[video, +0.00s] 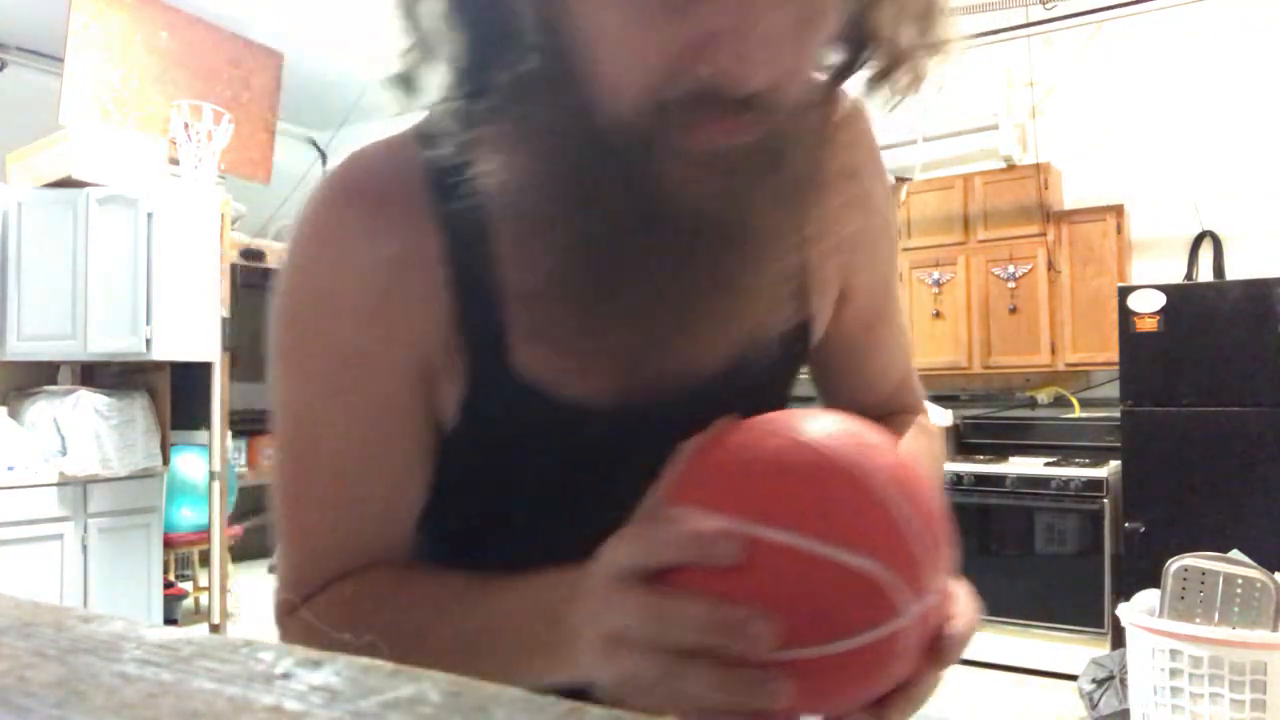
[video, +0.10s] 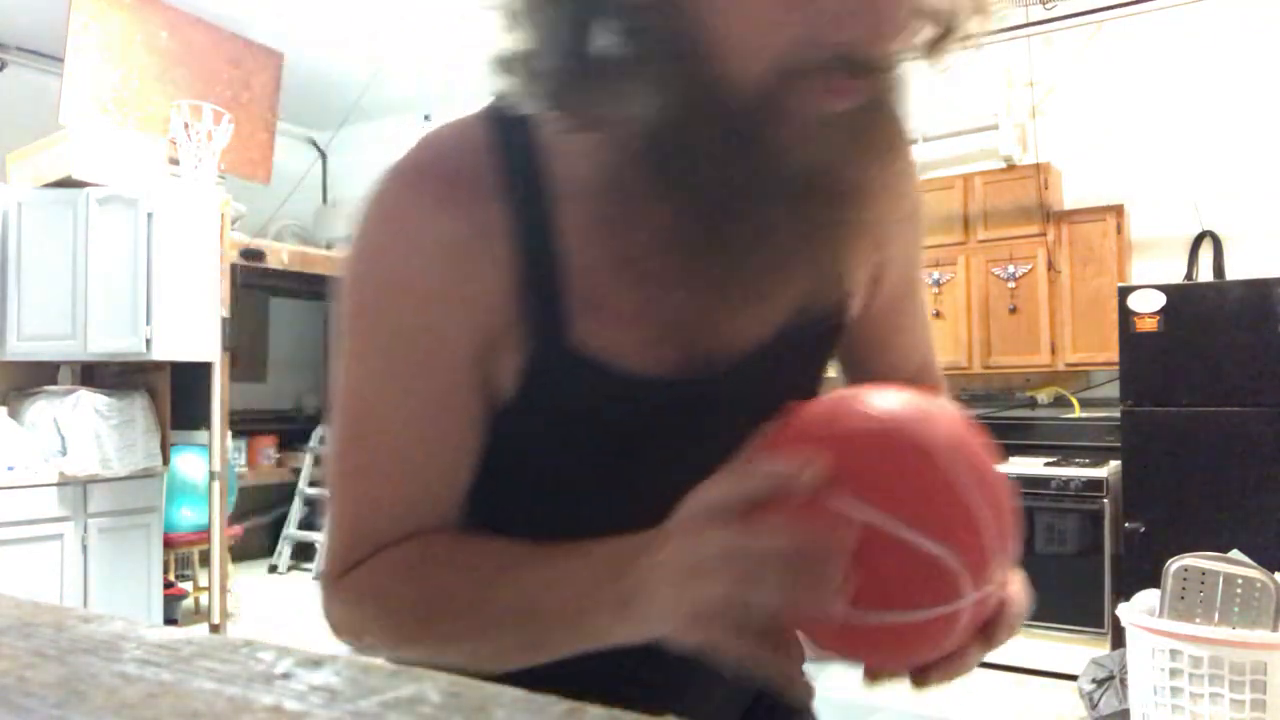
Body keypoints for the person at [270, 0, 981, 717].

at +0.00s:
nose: (746, 55)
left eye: (805, 1)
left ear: (848, 14)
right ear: (539, 8)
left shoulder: (829, 157)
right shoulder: (384, 219)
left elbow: (894, 414)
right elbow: (325, 604)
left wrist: (897, 573)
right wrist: (570, 625)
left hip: (732, 688)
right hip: (447, 704)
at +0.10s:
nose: (879, 26)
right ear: (638, 6)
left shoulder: (862, 167)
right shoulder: (453, 201)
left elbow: (914, 428)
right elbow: (369, 584)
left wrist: (961, 565)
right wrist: (647, 585)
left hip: (733, 686)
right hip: (489, 693)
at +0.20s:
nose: (980, 18)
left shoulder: (896, 187)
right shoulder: (539, 184)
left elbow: (928, 454)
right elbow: (413, 563)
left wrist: (978, 555)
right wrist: (709, 553)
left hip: (766, 683)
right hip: (534, 692)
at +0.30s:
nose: (1049, 23)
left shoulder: (930, 179)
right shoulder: (624, 163)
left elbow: (944, 451)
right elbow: (462, 542)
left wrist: (1012, 508)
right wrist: (794, 522)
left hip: (791, 677)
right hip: (573, 688)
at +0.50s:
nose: (1134, 23)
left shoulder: (965, 154)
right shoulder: (743, 132)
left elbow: (977, 371)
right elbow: (583, 507)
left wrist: (1068, 503)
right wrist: (910, 504)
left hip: (824, 671)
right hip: (631, 683)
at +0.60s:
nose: (1156, 26)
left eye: (1155, 1)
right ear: (1025, 2)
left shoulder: (981, 151)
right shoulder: (801, 125)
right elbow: (646, 472)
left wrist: (1018, 419)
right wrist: (965, 462)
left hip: (841, 661)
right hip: (668, 673)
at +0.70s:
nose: (1154, 44)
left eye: (1160, 9)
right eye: (1146, 0)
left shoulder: (975, 163)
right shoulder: (857, 128)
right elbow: (747, 450)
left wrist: (1034, 368)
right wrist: (1012, 407)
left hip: (863, 651)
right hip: (744, 666)